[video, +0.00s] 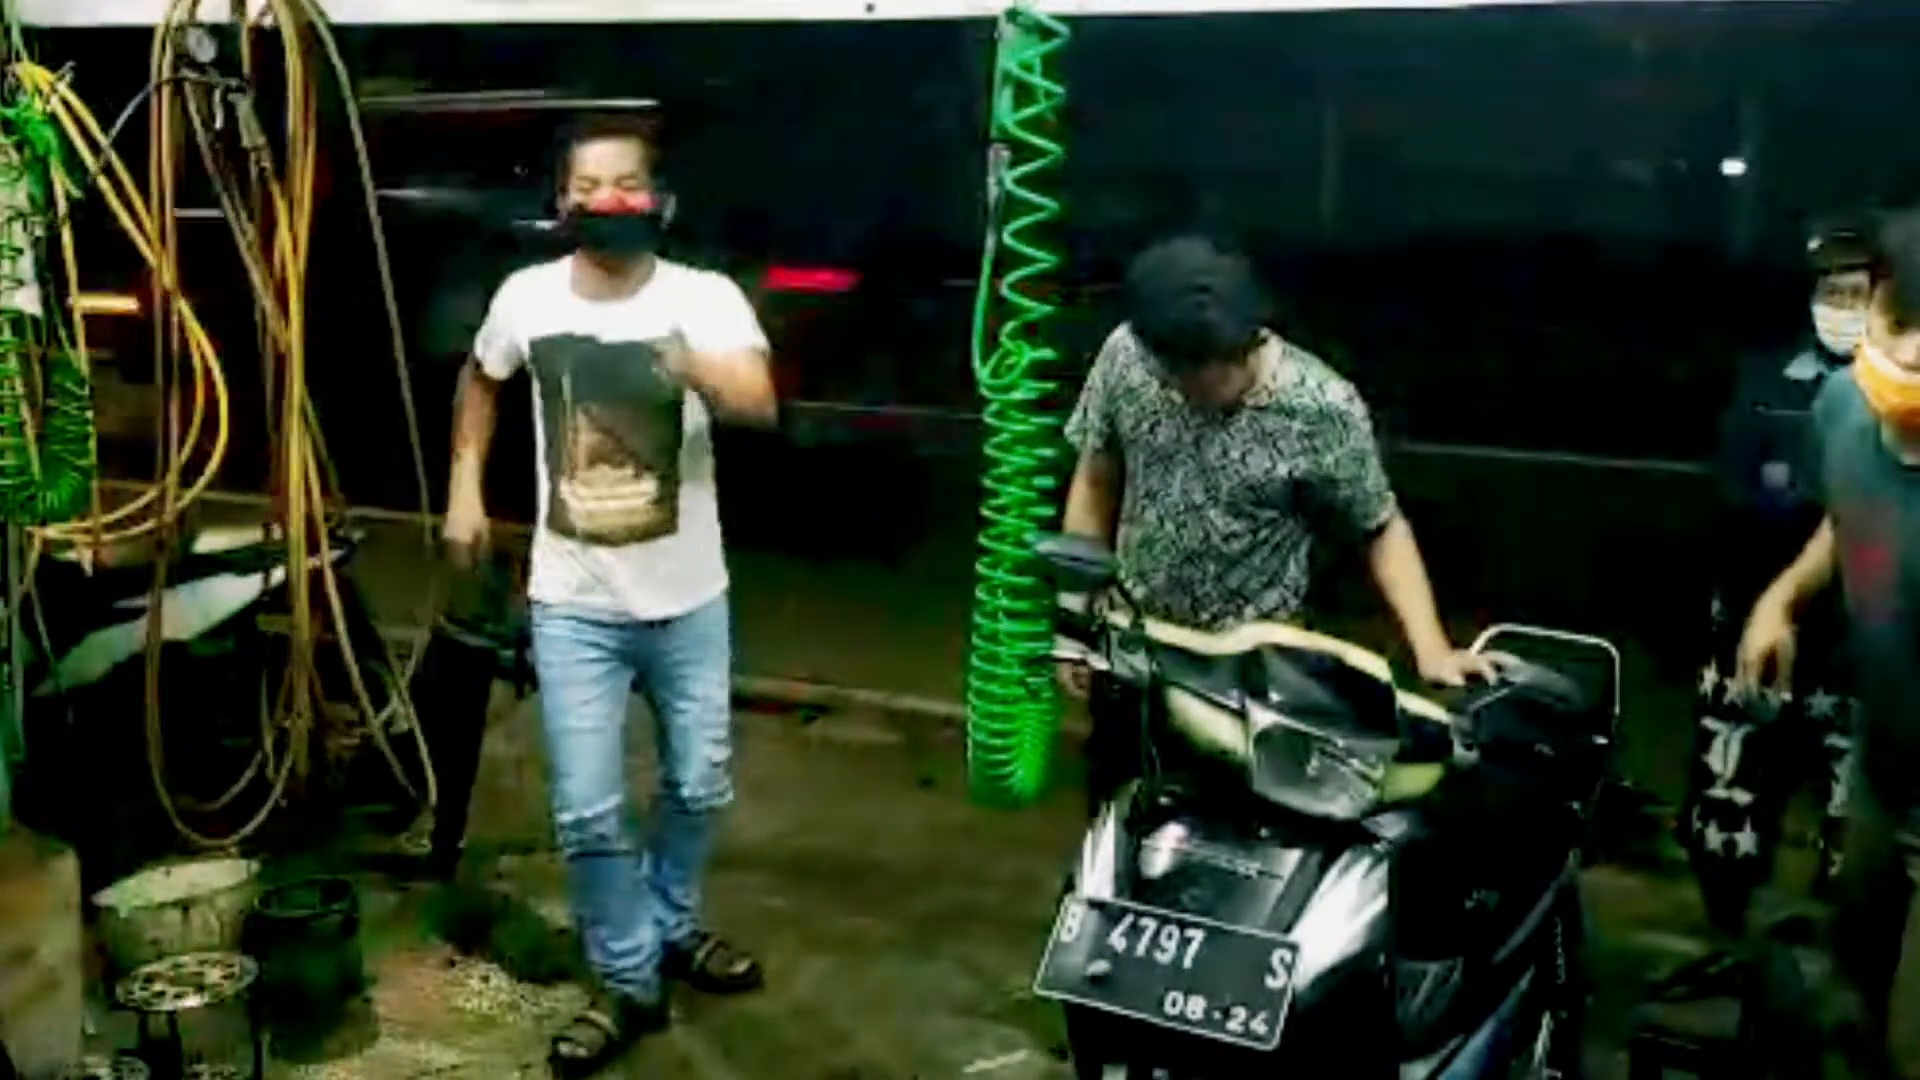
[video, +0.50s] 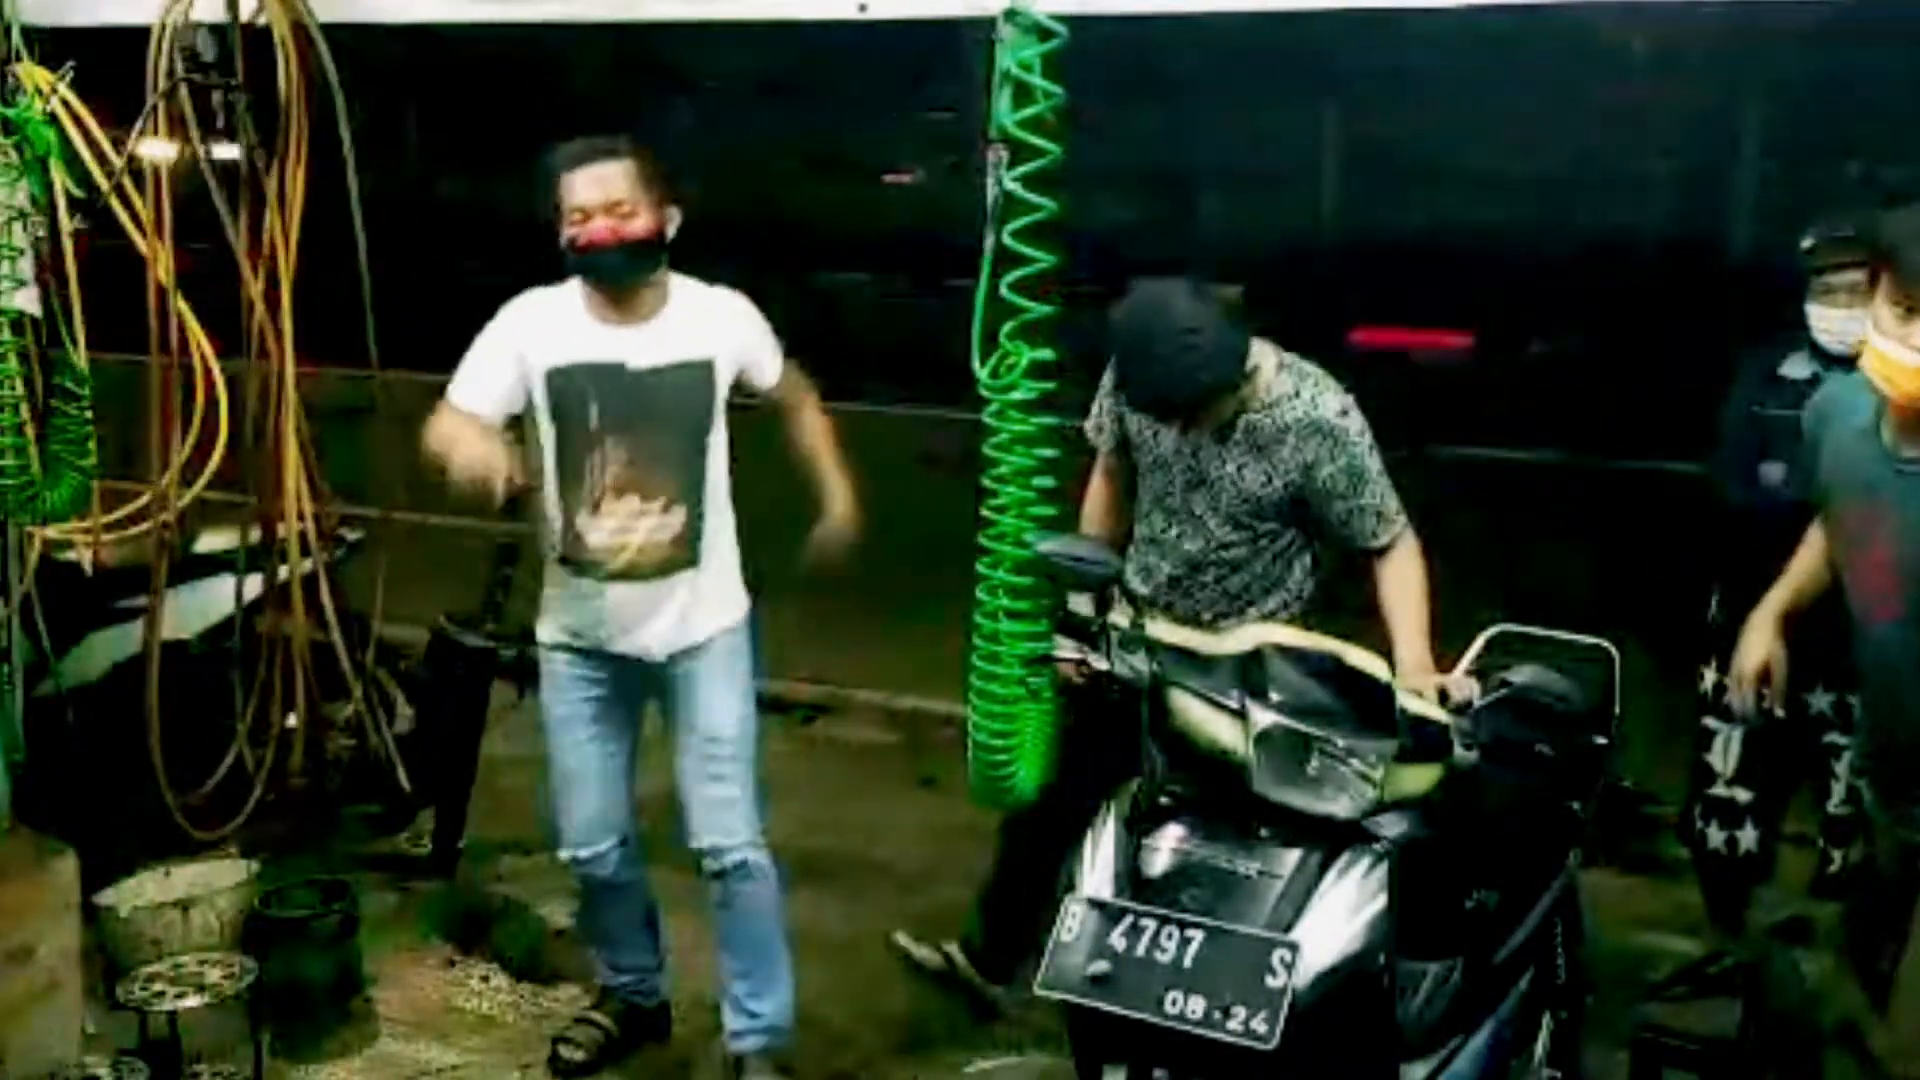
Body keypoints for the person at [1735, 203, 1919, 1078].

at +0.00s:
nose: (1902, 376)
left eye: (1912, 356)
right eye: (1893, 349)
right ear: (1869, 326)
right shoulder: (1848, 406)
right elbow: (1854, 519)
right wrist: (1779, 596)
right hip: (1884, 740)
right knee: (1861, 926)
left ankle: (1879, 1039)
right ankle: (1859, 1041)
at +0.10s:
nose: (1891, 347)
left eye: (1903, 324)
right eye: (1885, 319)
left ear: (1917, 328)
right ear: (1871, 317)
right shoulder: (1848, 402)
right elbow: (1855, 519)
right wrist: (1780, 595)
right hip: (1886, 737)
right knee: (1864, 914)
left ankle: (1866, 1030)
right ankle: (1847, 1033)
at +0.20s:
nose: (1900, 358)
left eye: (1913, 340)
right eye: (1892, 333)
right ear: (1865, 316)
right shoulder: (1846, 402)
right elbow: (1854, 518)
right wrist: (1779, 594)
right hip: (1888, 727)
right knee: (1871, 887)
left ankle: (1866, 1023)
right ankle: (1852, 1024)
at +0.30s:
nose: (1898, 342)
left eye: (1911, 321)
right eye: (1889, 316)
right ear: (1863, 311)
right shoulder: (1843, 406)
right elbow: (1847, 520)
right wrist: (1776, 604)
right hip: (1888, 727)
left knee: (1887, 891)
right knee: (1870, 885)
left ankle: (1864, 1024)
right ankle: (1851, 1026)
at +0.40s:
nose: (1901, 339)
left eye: (1914, 318)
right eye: (1892, 312)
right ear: (1862, 314)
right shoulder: (1841, 414)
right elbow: (1845, 523)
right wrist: (1771, 610)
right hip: (1889, 736)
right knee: (1875, 897)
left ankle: (1862, 1019)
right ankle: (1853, 1019)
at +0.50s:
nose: (1894, 333)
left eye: (1911, 314)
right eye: (1893, 308)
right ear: (1867, 314)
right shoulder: (1843, 411)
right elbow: (1844, 521)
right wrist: (1770, 609)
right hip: (1888, 740)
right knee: (1869, 925)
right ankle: (1851, 1028)